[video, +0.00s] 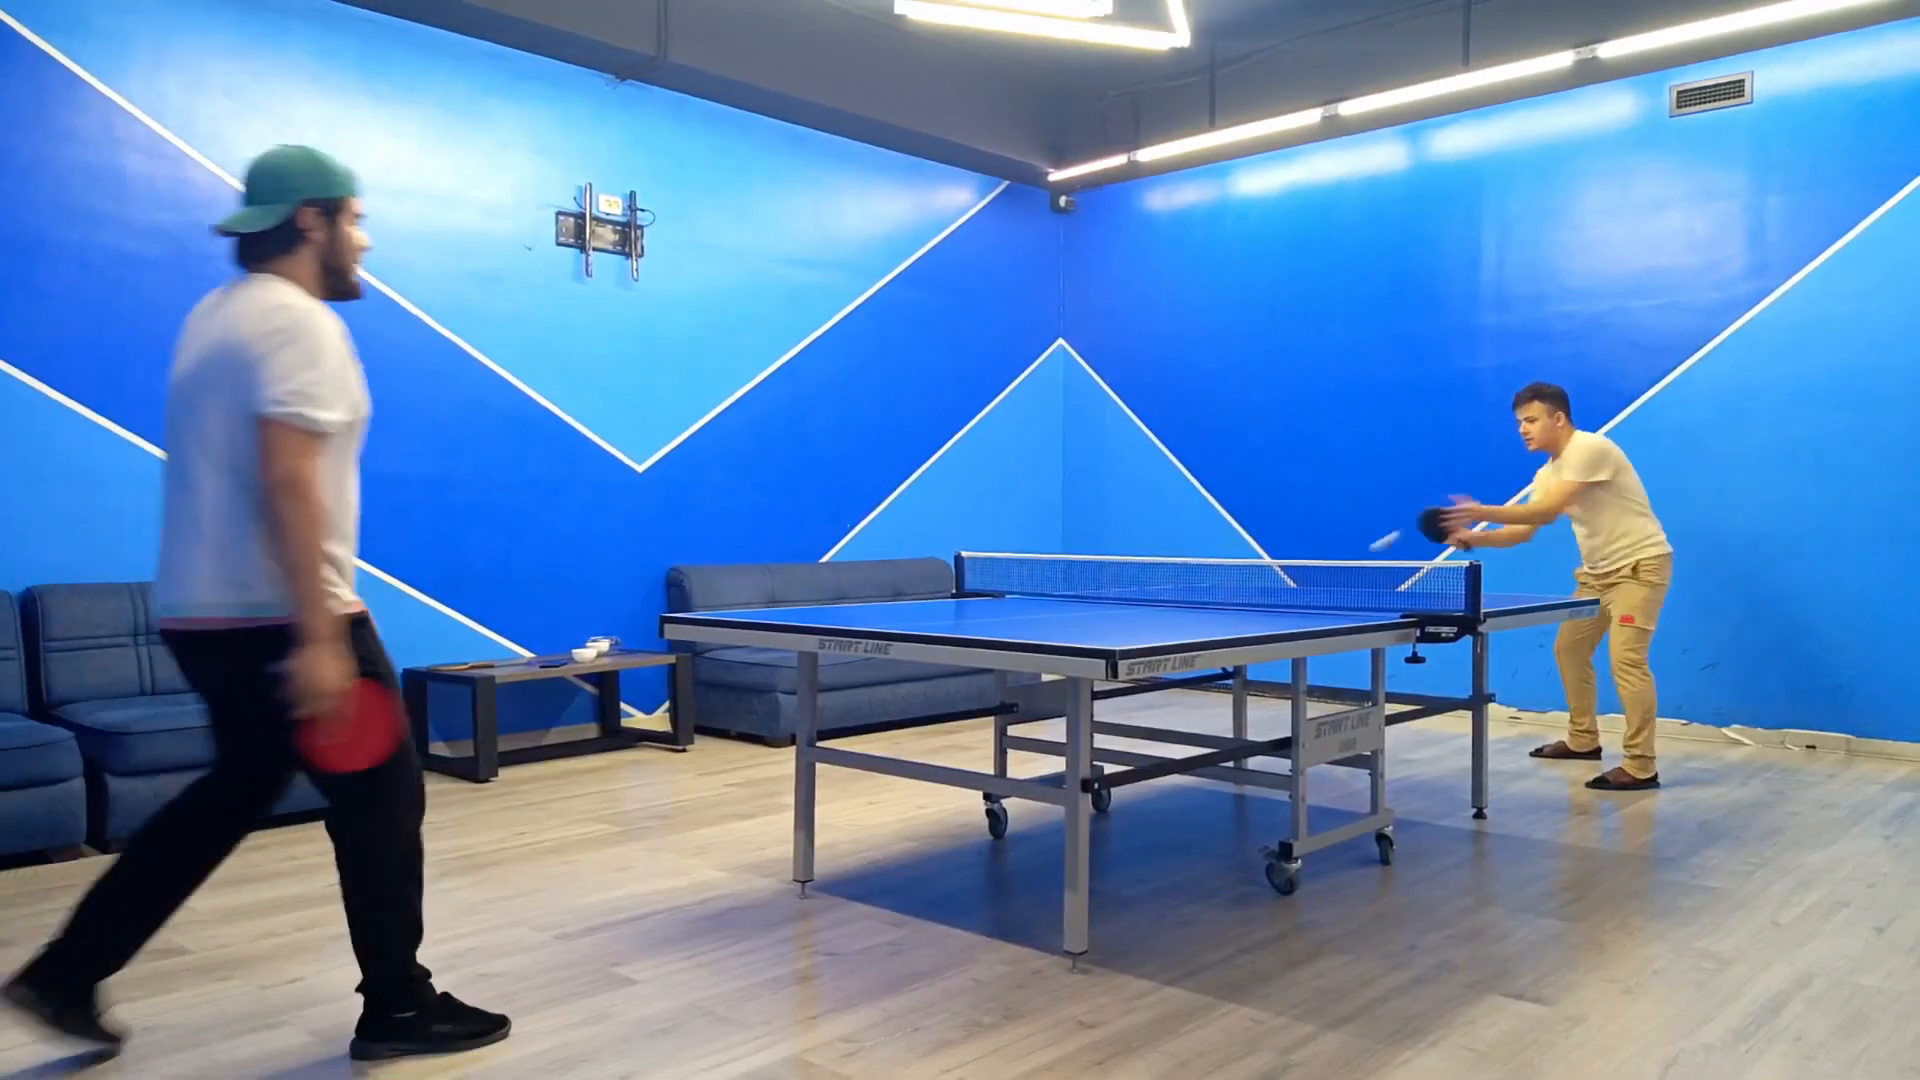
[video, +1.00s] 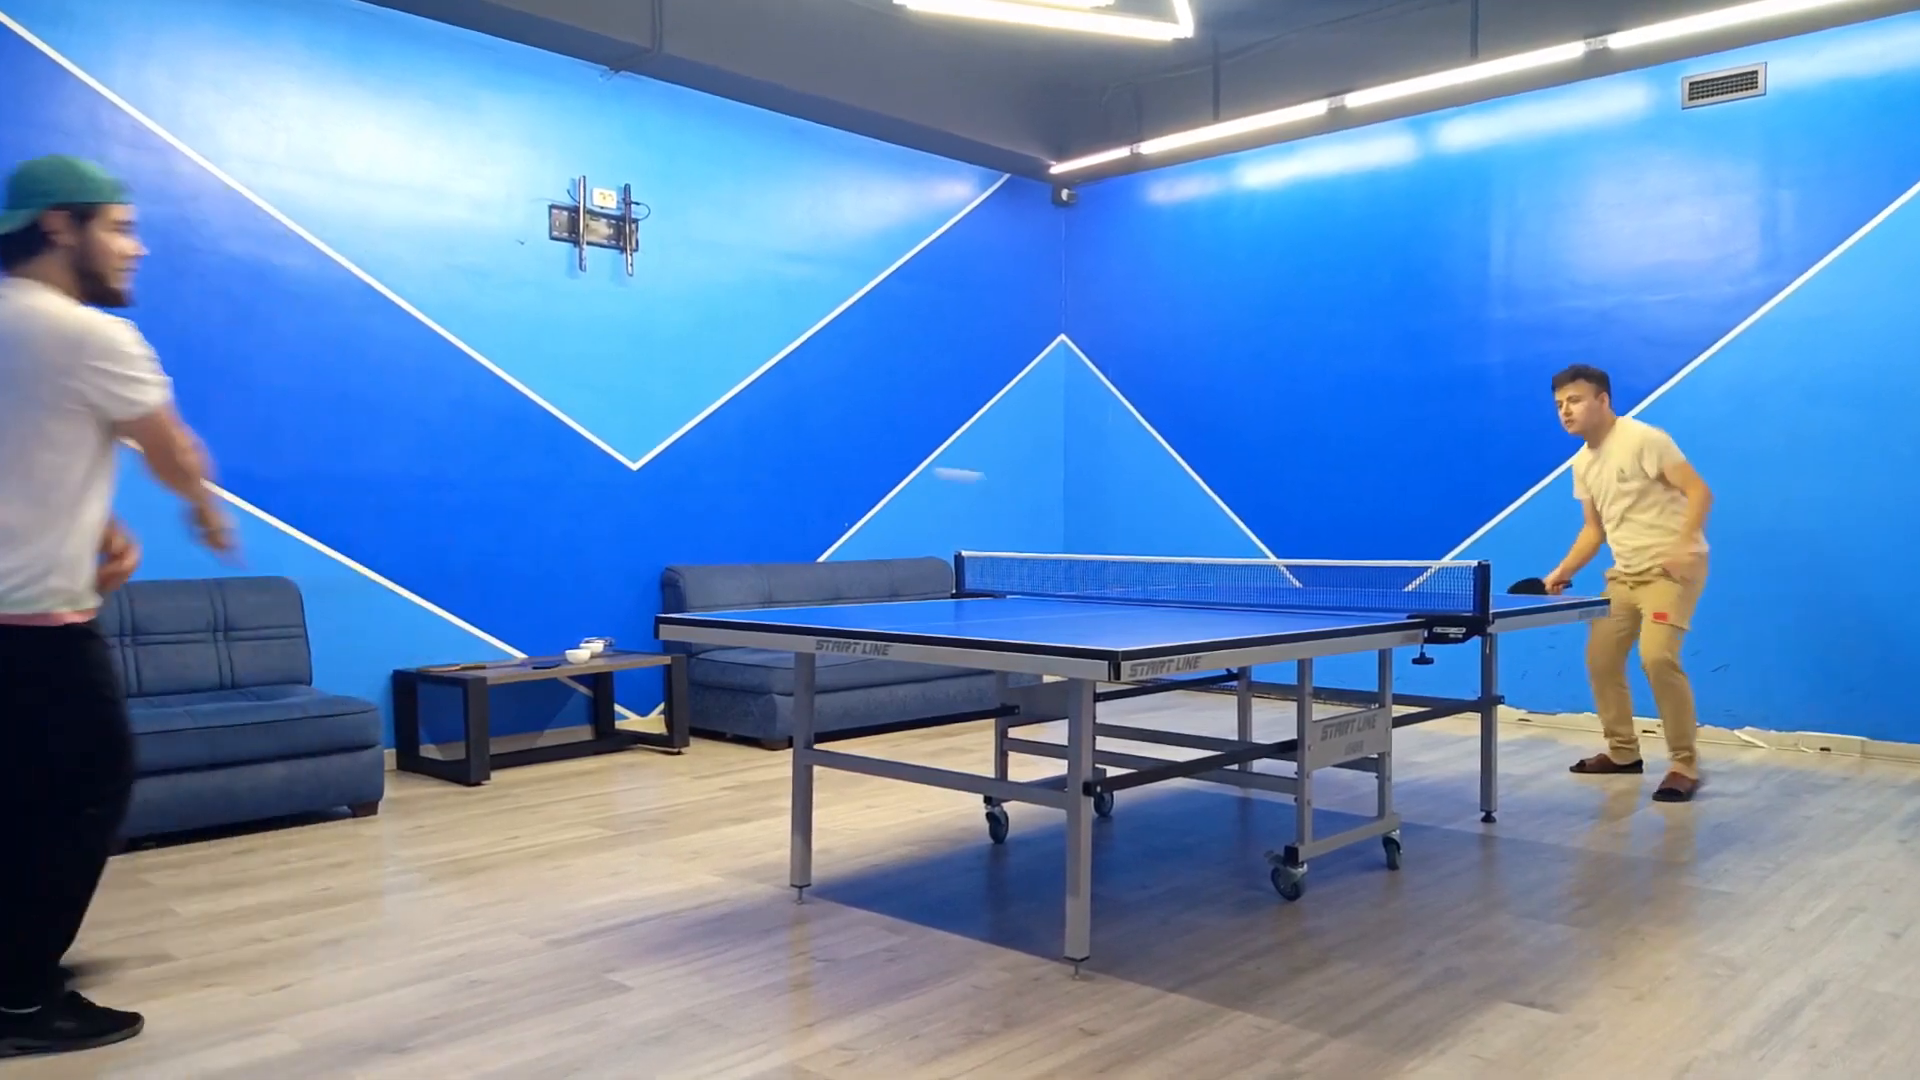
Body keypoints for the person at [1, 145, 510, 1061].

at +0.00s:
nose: (364, 238)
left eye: (360, 220)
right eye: (353, 221)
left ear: (286, 227)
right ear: (311, 225)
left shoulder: (215, 315)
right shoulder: (301, 325)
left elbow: (212, 480)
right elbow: (290, 480)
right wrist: (319, 631)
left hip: (211, 620)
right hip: (294, 621)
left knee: (247, 779)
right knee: (382, 785)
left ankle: (66, 970)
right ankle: (398, 1000)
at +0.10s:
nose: (403, 242)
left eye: (400, 224)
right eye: (394, 224)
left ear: (324, 227)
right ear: (353, 225)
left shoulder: (246, 309)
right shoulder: (346, 324)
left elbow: (243, 465)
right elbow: (349, 477)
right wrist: (413, 616)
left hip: (220, 604)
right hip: (305, 612)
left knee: (285, 757)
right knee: (389, 784)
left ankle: (157, 957)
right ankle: (397, 1000)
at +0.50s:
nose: (429, 325)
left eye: (430, 308)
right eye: (423, 307)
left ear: (364, 302)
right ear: (378, 301)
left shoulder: (293, 364)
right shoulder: (320, 384)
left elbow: (277, 521)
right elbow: (281, 535)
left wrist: (345, 603)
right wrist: (398, 631)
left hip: (223, 614)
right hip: (255, 621)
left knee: (316, 770)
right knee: (373, 777)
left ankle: (258, 942)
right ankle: (394, 999)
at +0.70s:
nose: (344, 335)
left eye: (343, 318)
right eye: (332, 317)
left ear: (283, 318)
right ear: (276, 316)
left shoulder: (266, 398)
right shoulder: (215, 415)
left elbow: (294, 541)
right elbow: (255, 575)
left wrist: (383, 590)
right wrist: (398, 590)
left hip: (228, 616)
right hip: (166, 632)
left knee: (307, 752)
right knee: (312, 757)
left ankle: (256, 950)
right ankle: (327, 999)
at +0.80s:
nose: (284, 296)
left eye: (283, 278)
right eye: (271, 276)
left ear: (212, 277)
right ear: (215, 273)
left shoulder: (129, 340)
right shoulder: (190, 382)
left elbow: (165, 441)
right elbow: (298, 507)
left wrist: (244, 507)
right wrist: (425, 546)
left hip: (103, 594)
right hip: (124, 607)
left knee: (243, 741)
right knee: (244, 745)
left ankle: (253, 939)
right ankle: (192, 978)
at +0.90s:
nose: (210, 257)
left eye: (209, 240)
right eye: (197, 239)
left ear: (131, 242)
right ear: (139, 237)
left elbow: (57, 438)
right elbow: (258, 455)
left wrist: (150, 497)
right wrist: (328, 508)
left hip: (25, 598)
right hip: (94, 608)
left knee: (123, 776)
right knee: (137, 782)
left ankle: (205, 932)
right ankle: (39, 981)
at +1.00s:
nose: (136, 247)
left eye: (134, 230)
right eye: (120, 229)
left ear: (53, 234)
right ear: (59, 231)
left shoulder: (14, 312)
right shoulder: (90, 336)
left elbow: (25, 452)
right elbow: (177, 457)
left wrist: (90, 530)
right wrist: (205, 503)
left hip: (15, 616)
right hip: (40, 624)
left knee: (32, 788)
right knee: (94, 777)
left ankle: (25, 987)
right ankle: (25, 996)